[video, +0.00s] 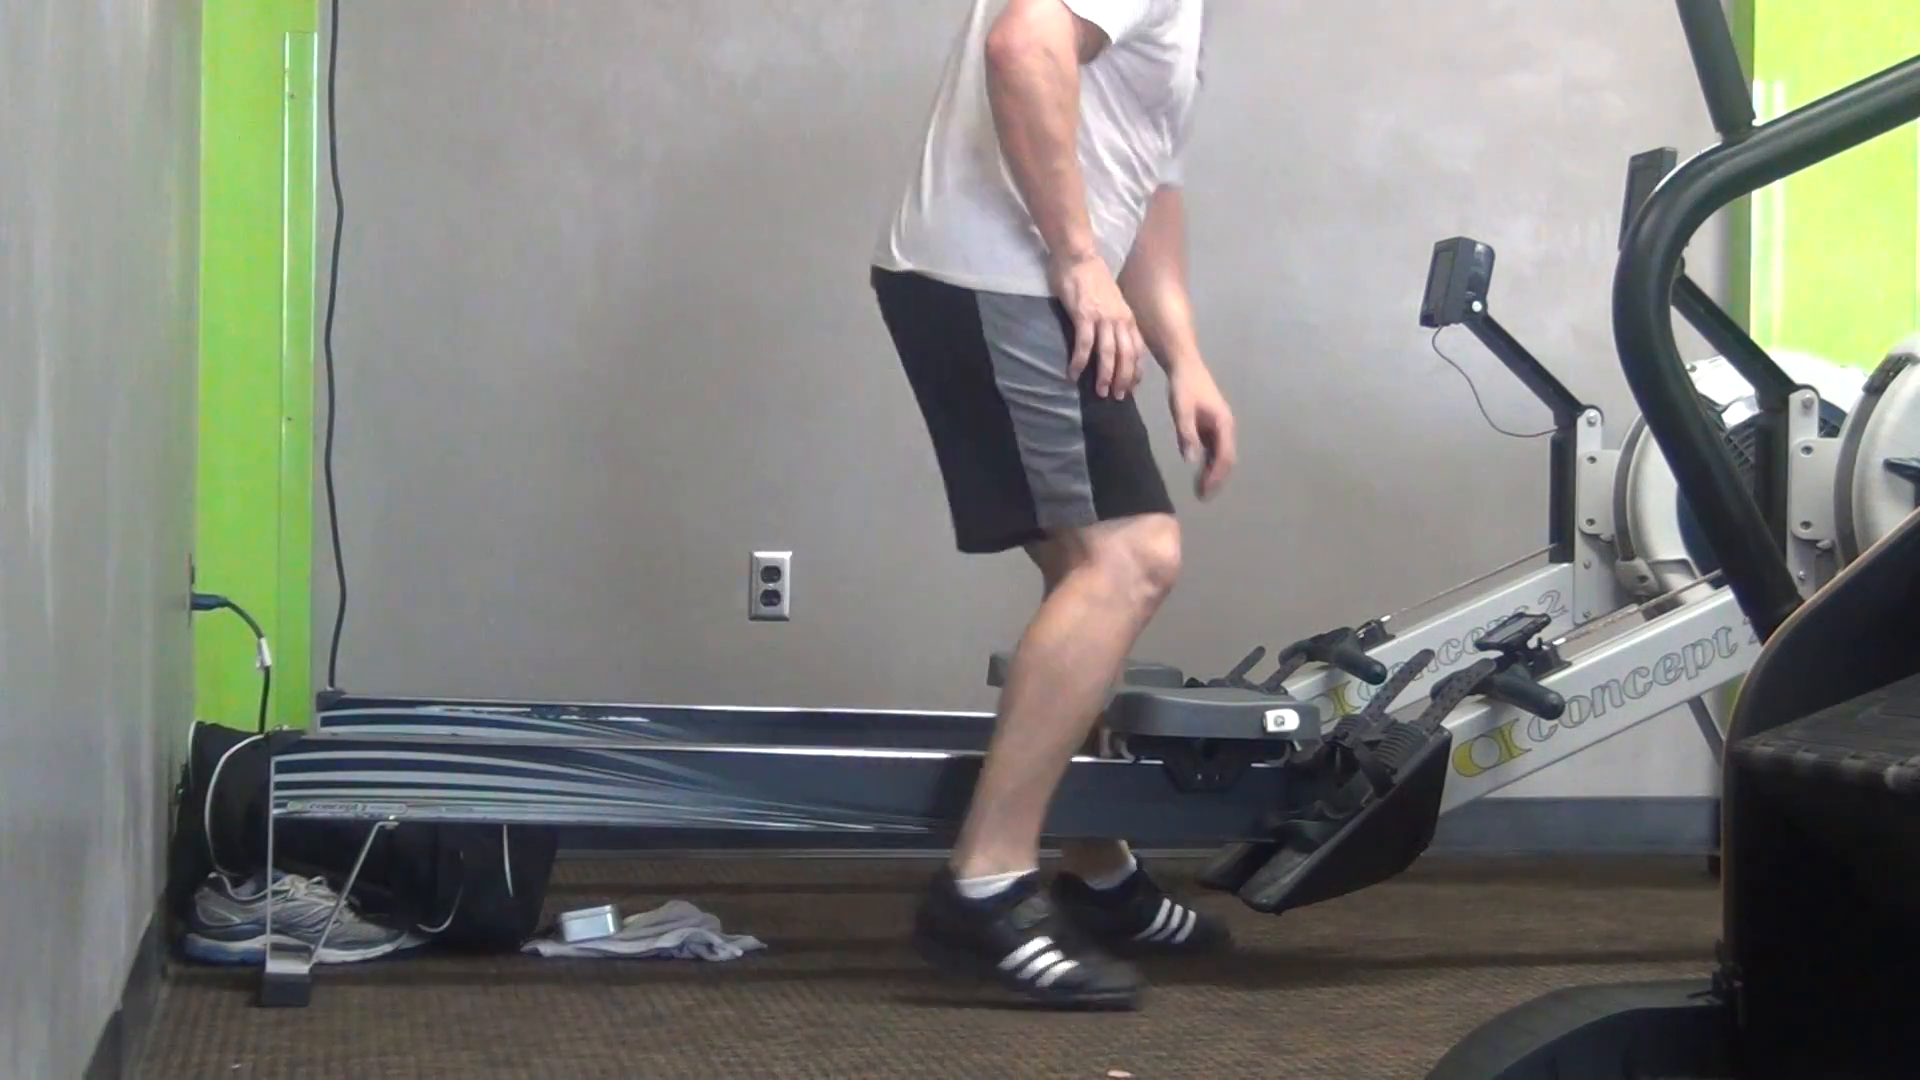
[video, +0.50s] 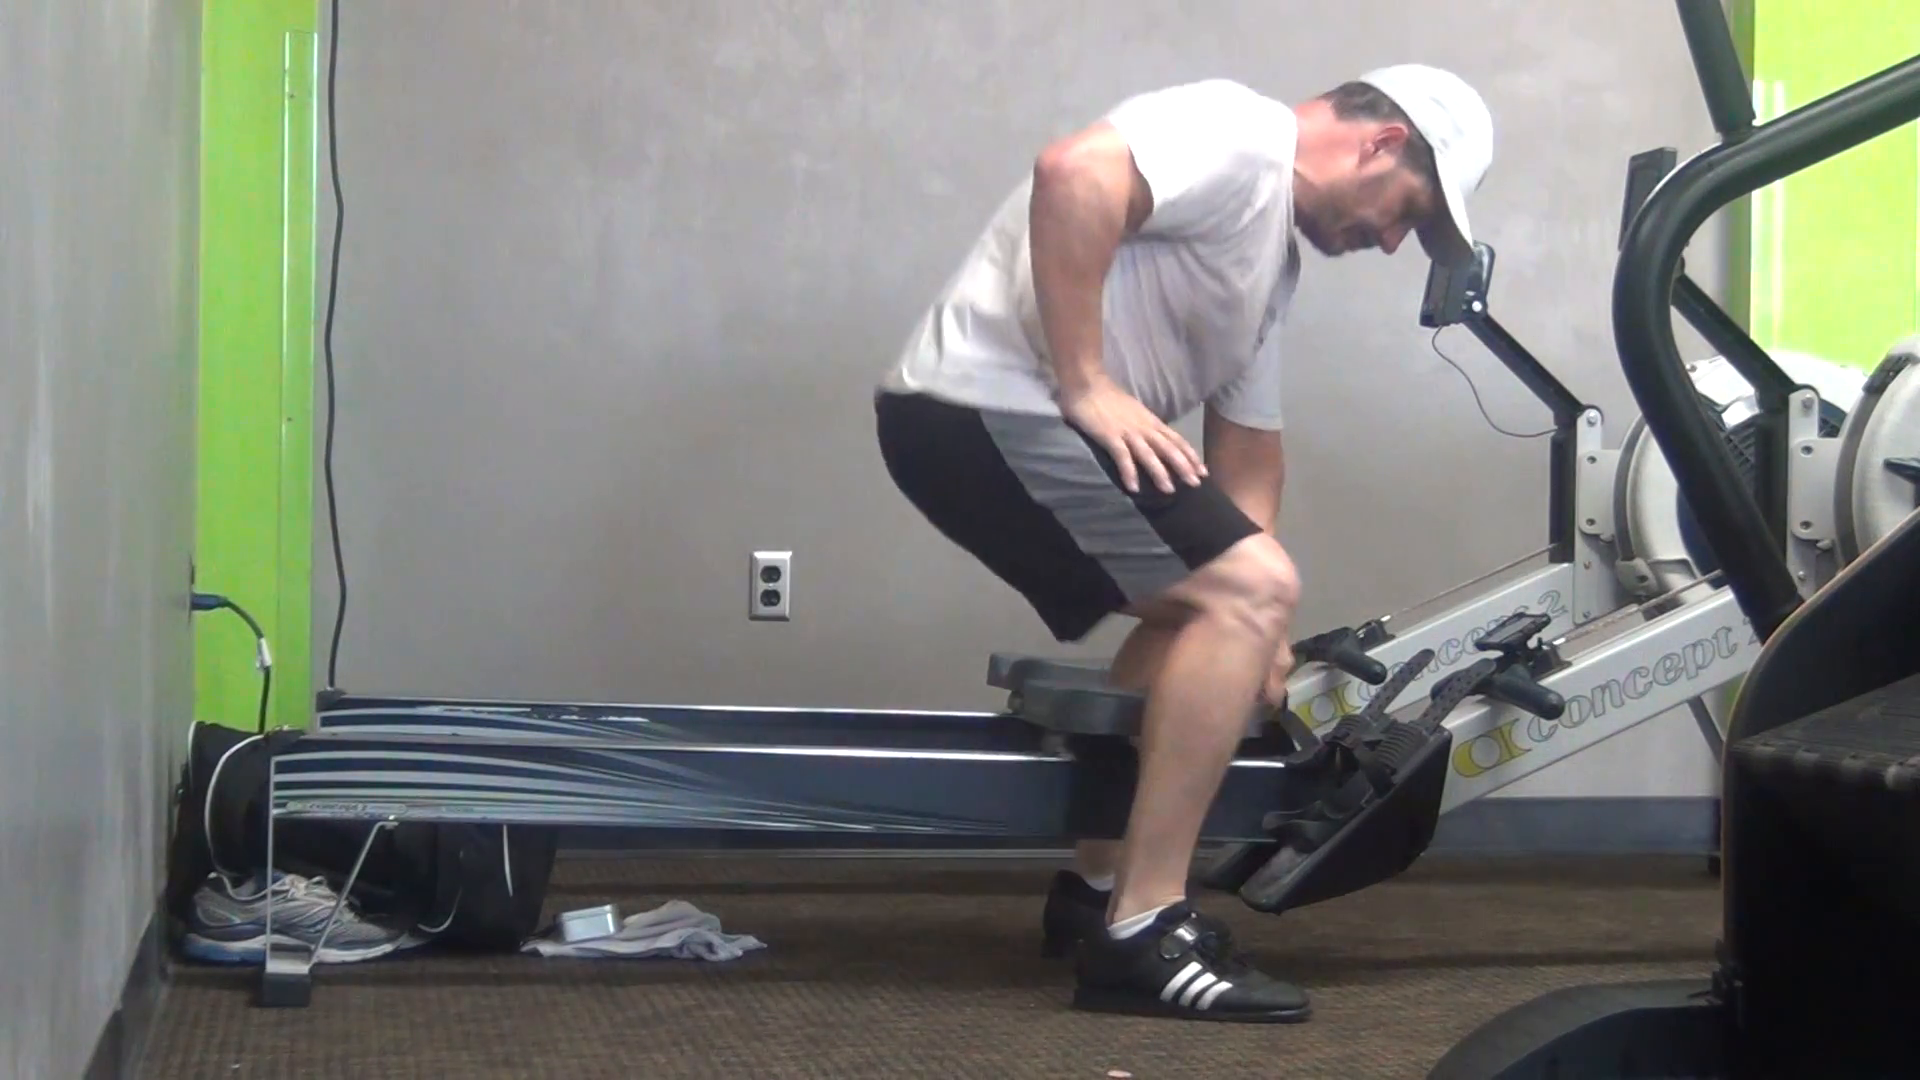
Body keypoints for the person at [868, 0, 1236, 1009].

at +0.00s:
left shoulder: (1171, 21)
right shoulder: (1139, 1)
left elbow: (1150, 192)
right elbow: (1024, 46)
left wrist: (1185, 359)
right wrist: (1080, 259)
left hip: (1018, 269)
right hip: (990, 263)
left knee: (1092, 574)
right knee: (1134, 555)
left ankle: (1086, 866)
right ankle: (985, 885)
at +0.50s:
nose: (1392, 243)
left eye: (1414, 231)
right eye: (1411, 213)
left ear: (1375, 145)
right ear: (1382, 143)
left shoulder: (1269, 258)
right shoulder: (1246, 136)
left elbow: (1248, 445)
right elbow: (1079, 175)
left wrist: (1258, 633)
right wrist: (1086, 381)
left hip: (1021, 413)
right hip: (982, 397)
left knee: (1199, 607)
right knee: (1256, 590)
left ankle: (1096, 884)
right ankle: (1142, 929)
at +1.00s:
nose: (1274, 283)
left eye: (1289, 265)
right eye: (1283, 253)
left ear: (1233, 198)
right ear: (1235, 197)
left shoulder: (1160, 301)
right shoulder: (1110, 242)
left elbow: (1190, 507)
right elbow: (966, 358)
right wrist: (1067, 522)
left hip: (1021, 585)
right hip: (965, 591)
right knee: (1313, 624)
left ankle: (1102, 880)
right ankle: (1148, 930)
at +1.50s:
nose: (1149, 233)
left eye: (1157, 209)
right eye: (1147, 197)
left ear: (1086, 171)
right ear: (1084, 164)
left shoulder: (1058, 342)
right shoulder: (945, 236)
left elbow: (1138, 519)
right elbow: (805, 363)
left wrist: (1276, 674)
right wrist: (924, 526)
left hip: (934, 600)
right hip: (839, 596)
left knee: (1181, 645)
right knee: (1204, 571)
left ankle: (1133, 935)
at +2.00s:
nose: (1058, 215)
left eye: (1066, 193)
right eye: (1054, 180)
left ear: (993, 149)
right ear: (991, 142)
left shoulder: (991, 330)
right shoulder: (855, 219)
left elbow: (1103, 501)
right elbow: (724, 353)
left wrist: (1248, 638)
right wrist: (882, 497)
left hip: (907, 585)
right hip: (815, 591)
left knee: (1150, 565)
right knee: (1160, 531)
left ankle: (1147, 871)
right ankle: (1168, 877)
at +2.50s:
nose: (1008, 208)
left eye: (1019, 187)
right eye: (1000, 174)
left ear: (945, 160)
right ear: (933, 142)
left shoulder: (969, 340)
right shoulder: (797, 217)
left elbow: (1078, 514)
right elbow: (646, 328)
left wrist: (1236, 626)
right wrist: (818, 450)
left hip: (908, 612)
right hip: (802, 589)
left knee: (1111, 587)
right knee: (1109, 407)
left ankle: (1138, 881)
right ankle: (1204, 738)